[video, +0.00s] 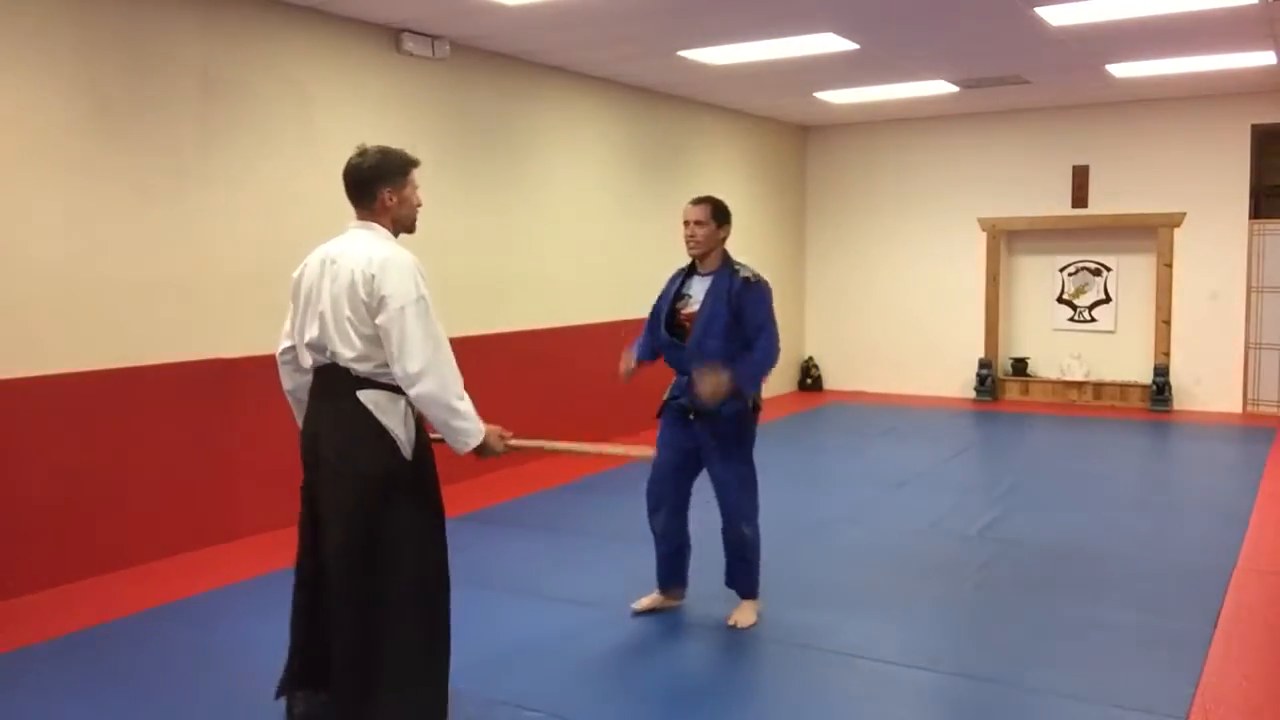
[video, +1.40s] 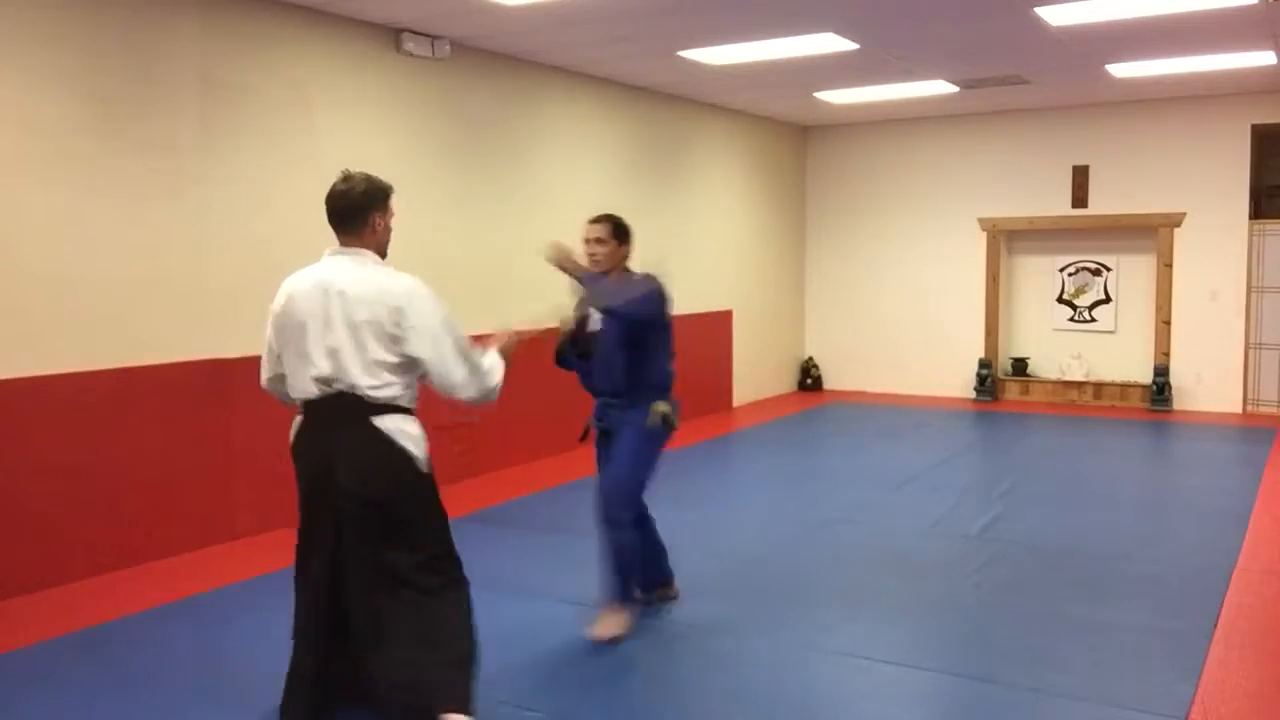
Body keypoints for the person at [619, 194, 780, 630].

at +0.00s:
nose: (690, 233)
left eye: (699, 225)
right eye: (686, 225)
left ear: (723, 231)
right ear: (682, 230)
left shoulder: (748, 286)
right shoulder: (678, 282)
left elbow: (766, 348)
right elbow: (657, 333)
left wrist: (733, 379)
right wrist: (637, 351)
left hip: (729, 416)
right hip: (681, 411)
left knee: (738, 509)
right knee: (663, 497)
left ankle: (748, 597)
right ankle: (671, 589)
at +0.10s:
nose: (698, 234)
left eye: (707, 226)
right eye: (694, 226)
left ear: (730, 232)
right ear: (691, 231)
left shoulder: (751, 284)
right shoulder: (682, 281)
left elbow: (757, 331)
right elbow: (646, 312)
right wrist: (630, 306)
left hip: (733, 407)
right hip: (687, 403)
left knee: (739, 505)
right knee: (664, 494)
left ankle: (747, 597)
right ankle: (674, 586)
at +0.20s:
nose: (699, 232)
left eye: (706, 225)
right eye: (697, 225)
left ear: (730, 230)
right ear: (696, 229)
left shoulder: (749, 277)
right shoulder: (682, 274)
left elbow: (755, 287)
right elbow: (630, 276)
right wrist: (615, 251)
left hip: (735, 403)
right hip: (688, 400)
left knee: (739, 502)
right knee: (670, 493)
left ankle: (747, 597)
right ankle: (679, 582)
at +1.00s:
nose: (683, 250)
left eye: (691, 243)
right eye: (679, 244)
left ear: (713, 247)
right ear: (676, 249)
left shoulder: (742, 294)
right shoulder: (666, 296)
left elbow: (757, 344)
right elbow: (627, 347)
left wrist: (727, 305)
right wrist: (641, 308)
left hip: (730, 413)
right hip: (681, 414)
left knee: (740, 491)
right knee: (654, 483)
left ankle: (757, 565)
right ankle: (658, 581)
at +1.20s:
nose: (640, 254)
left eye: (649, 246)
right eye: (636, 247)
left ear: (670, 251)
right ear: (632, 251)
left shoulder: (697, 298)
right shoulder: (622, 300)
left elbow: (715, 346)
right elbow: (593, 356)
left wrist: (681, 308)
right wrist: (603, 326)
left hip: (687, 416)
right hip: (640, 419)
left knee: (715, 489)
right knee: (631, 502)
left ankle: (749, 552)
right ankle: (657, 586)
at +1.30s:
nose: (617, 253)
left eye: (625, 245)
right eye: (612, 246)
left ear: (646, 250)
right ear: (608, 252)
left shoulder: (673, 296)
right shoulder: (604, 301)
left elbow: (683, 346)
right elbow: (579, 359)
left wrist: (643, 306)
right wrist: (587, 334)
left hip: (669, 419)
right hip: (622, 420)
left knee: (668, 502)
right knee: (621, 513)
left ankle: (702, 564)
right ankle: (656, 588)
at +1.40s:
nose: (590, 250)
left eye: (599, 243)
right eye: (587, 243)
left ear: (622, 248)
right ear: (585, 248)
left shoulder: (645, 289)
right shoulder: (591, 301)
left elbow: (626, 306)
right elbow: (571, 358)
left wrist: (579, 273)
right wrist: (569, 340)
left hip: (646, 410)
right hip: (608, 411)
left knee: (617, 498)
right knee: (622, 500)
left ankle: (621, 601)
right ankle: (658, 583)